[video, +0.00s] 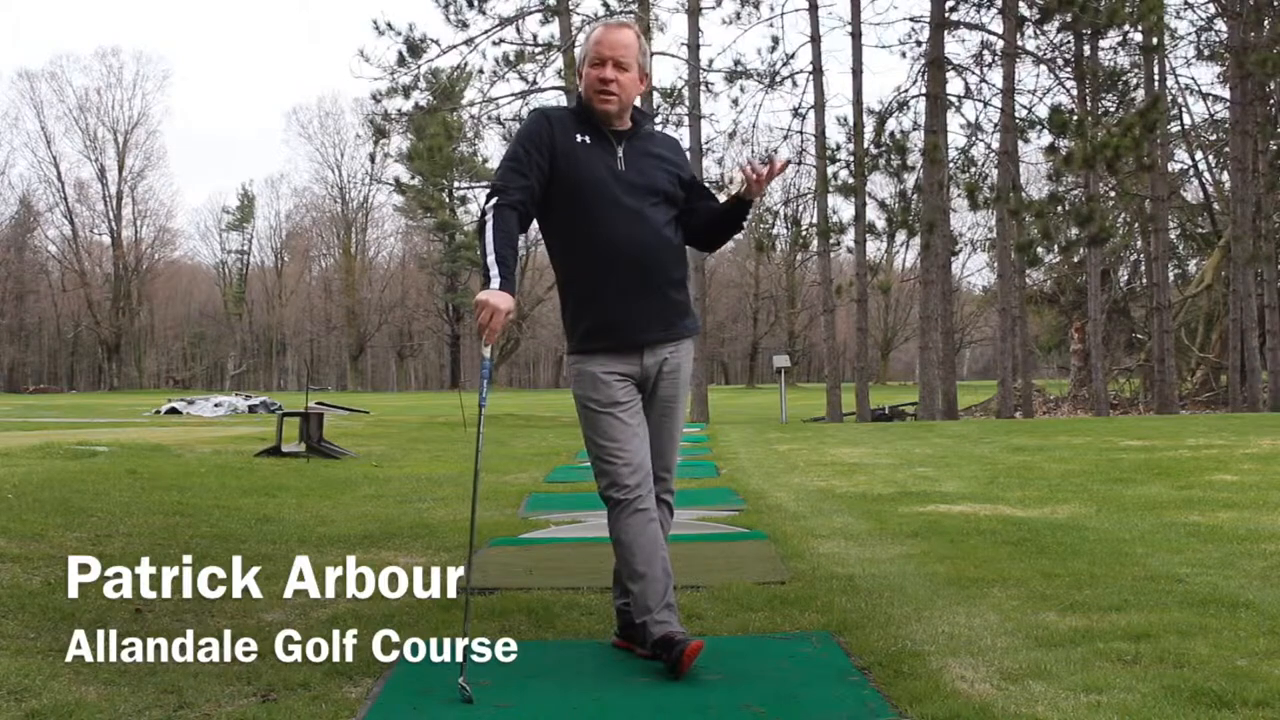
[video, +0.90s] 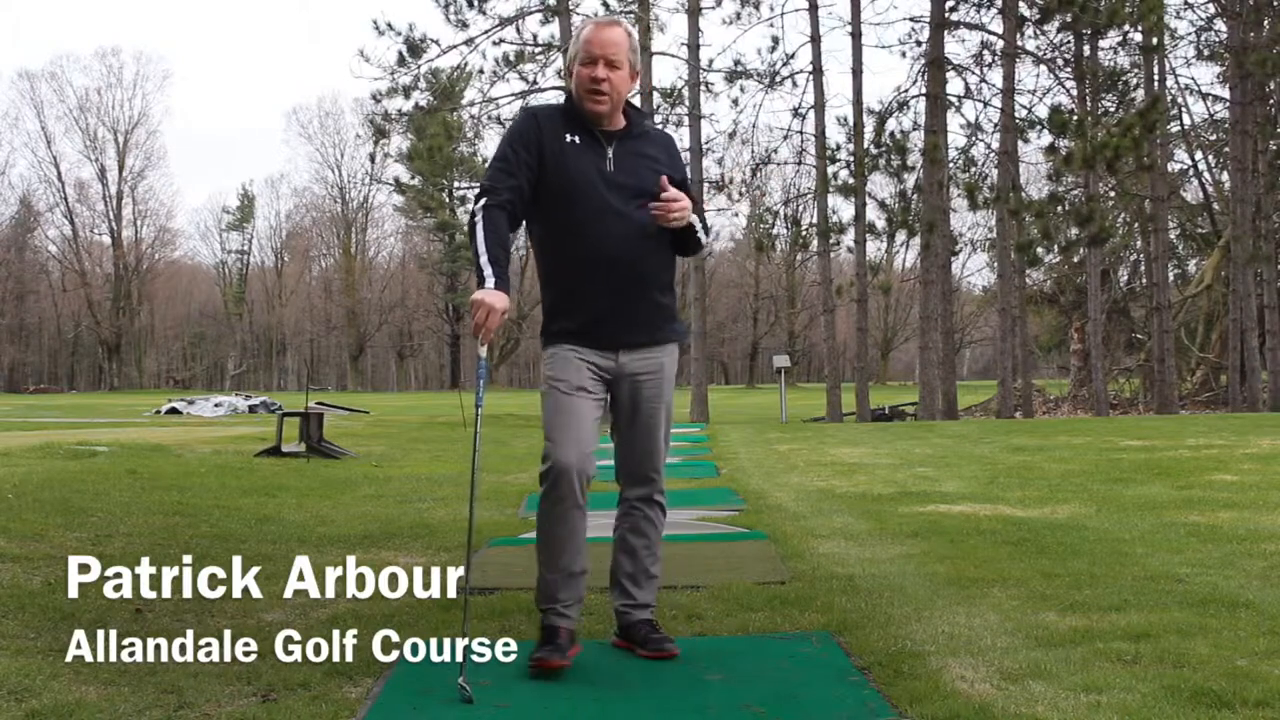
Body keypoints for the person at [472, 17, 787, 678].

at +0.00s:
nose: (607, 75)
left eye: (620, 66)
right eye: (598, 63)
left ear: (642, 80)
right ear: (580, 71)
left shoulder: (664, 149)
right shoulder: (549, 129)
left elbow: (704, 233)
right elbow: (508, 205)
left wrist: (742, 198)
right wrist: (500, 283)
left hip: (672, 342)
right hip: (600, 348)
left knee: (657, 490)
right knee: (628, 488)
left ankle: (634, 620)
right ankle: (663, 627)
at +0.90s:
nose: (597, 74)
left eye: (611, 64)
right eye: (587, 62)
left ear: (633, 76)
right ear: (569, 70)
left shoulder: (657, 142)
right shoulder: (538, 127)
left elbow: (690, 243)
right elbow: (495, 205)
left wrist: (687, 221)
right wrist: (494, 282)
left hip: (651, 341)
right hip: (571, 340)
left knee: (645, 484)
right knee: (566, 467)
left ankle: (637, 616)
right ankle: (558, 623)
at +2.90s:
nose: (545, 67)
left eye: (557, 58)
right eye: (533, 52)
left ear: (565, 68)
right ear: (500, 57)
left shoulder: (587, 134)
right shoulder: (455, 139)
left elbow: (637, 212)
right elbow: (427, 239)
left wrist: (661, 169)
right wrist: (432, 332)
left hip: (578, 340)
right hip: (497, 346)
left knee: (594, 492)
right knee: (516, 496)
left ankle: (608, 627)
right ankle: (527, 630)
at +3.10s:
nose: (547, 67)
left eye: (557, 58)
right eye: (535, 53)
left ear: (565, 68)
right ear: (499, 59)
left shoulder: (585, 134)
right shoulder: (453, 140)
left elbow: (628, 221)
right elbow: (426, 242)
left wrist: (649, 197)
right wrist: (431, 335)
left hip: (577, 342)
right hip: (495, 348)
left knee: (594, 494)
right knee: (515, 497)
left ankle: (608, 627)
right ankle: (527, 630)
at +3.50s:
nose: (533, 67)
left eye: (544, 57)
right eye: (520, 53)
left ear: (554, 65)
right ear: (487, 58)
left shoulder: (578, 132)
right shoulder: (444, 142)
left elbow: (613, 219)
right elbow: (419, 245)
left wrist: (622, 291)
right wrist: (428, 338)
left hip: (575, 339)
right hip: (489, 345)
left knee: (592, 491)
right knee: (511, 497)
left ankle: (608, 628)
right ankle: (527, 632)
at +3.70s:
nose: (530, 67)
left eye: (541, 56)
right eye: (517, 52)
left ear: (552, 65)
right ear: (486, 57)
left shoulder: (576, 132)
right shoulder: (442, 141)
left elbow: (614, 213)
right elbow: (413, 242)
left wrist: (640, 256)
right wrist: (426, 335)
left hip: (571, 340)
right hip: (488, 347)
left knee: (593, 492)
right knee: (511, 497)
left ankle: (607, 628)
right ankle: (527, 631)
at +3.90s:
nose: (526, 67)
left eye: (537, 56)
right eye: (514, 53)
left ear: (548, 65)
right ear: (484, 58)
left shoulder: (576, 133)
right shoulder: (441, 143)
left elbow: (613, 209)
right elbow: (417, 246)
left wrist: (624, 241)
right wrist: (425, 340)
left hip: (571, 338)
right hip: (487, 345)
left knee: (592, 492)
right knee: (511, 496)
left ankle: (608, 629)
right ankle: (528, 632)